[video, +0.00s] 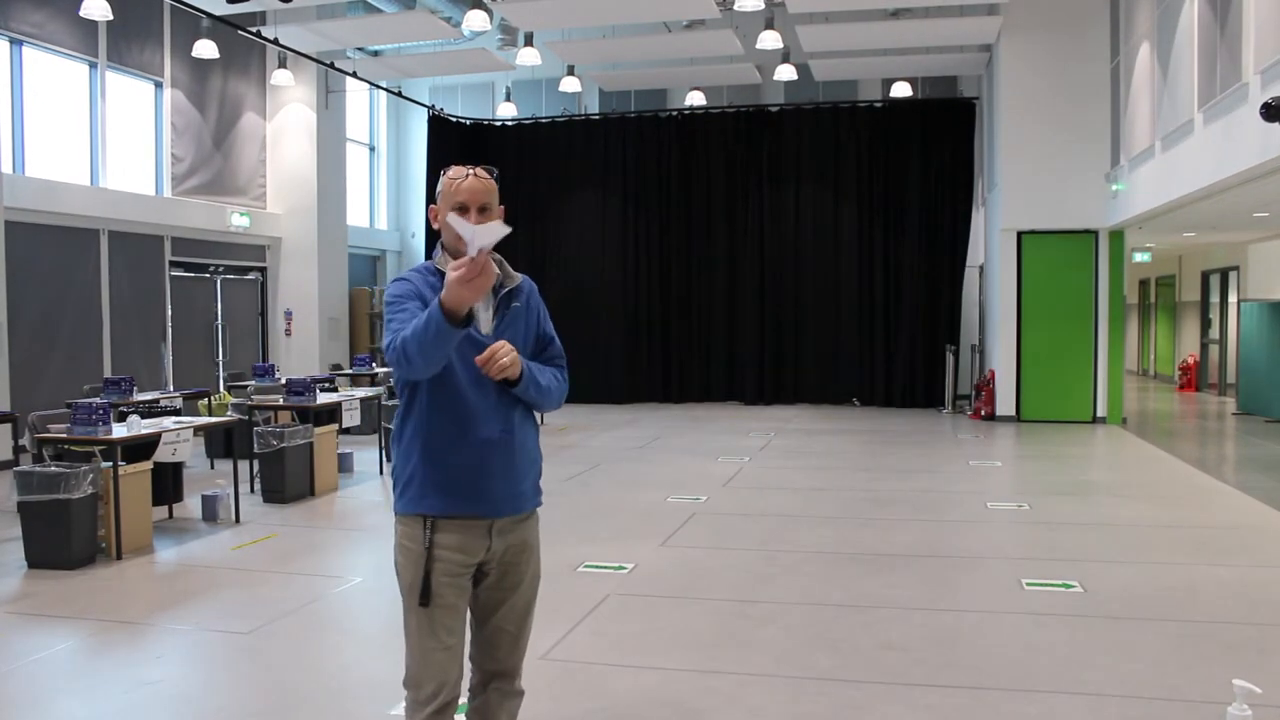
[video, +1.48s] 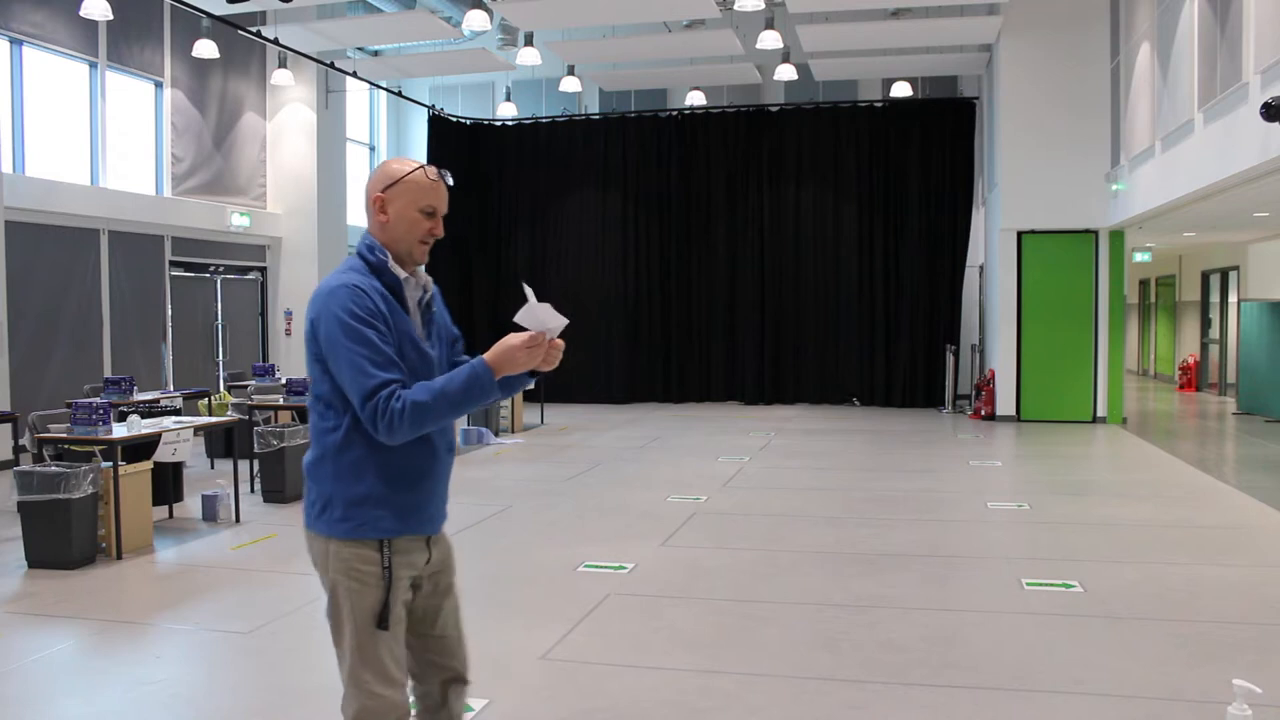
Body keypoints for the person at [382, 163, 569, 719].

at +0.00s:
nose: (473, 221)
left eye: (484, 211)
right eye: (459, 211)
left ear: (500, 217)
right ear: (435, 218)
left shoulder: (522, 293)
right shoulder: (410, 289)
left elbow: (555, 386)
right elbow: (407, 363)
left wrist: (521, 369)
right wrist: (450, 308)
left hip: (514, 513)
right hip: (434, 515)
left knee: (502, 681)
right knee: (433, 688)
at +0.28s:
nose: (477, 225)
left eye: (488, 212)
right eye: (464, 212)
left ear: (503, 220)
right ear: (437, 219)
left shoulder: (520, 293)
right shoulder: (415, 288)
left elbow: (554, 387)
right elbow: (423, 347)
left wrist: (529, 370)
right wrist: (465, 294)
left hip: (516, 511)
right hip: (439, 514)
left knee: (503, 680)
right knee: (438, 686)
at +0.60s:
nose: (484, 226)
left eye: (495, 215)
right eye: (471, 214)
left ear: (505, 222)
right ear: (441, 220)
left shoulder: (519, 290)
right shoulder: (415, 293)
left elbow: (563, 389)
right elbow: (419, 378)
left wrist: (550, 344)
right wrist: (485, 313)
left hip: (517, 514)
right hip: (440, 517)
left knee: (504, 681)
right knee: (442, 686)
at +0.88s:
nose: (479, 227)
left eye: (488, 216)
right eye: (467, 215)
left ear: (496, 223)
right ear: (432, 217)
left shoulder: (514, 294)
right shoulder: (402, 298)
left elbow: (545, 388)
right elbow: (413, 402)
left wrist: (555, 342)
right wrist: (491, 349)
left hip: (509, 514)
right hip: (433, 517)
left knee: (499, 680)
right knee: (443, 678)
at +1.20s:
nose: (458, 229)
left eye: (464, 218)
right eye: (445, 215)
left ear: (469, 223)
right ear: (404, 214)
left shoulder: (473, 298)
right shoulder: (371, 302)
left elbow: (507, 389)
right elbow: (399, 409)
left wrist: (548, 356)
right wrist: (492, 356)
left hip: (476, 523)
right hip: (402, 530)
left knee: (486, 690)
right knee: (407, 698)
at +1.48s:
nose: (438, 230)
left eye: (441, 218)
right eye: (427, 214)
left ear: (439, 219)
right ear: (380, 207)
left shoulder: (423, 293)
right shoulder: (344, 299)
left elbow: (457, 384)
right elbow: (389, 414)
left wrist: (520, 367)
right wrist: (490, 367)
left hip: (423, 526)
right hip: (361, 532)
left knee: (443, 683)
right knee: (377, 699)